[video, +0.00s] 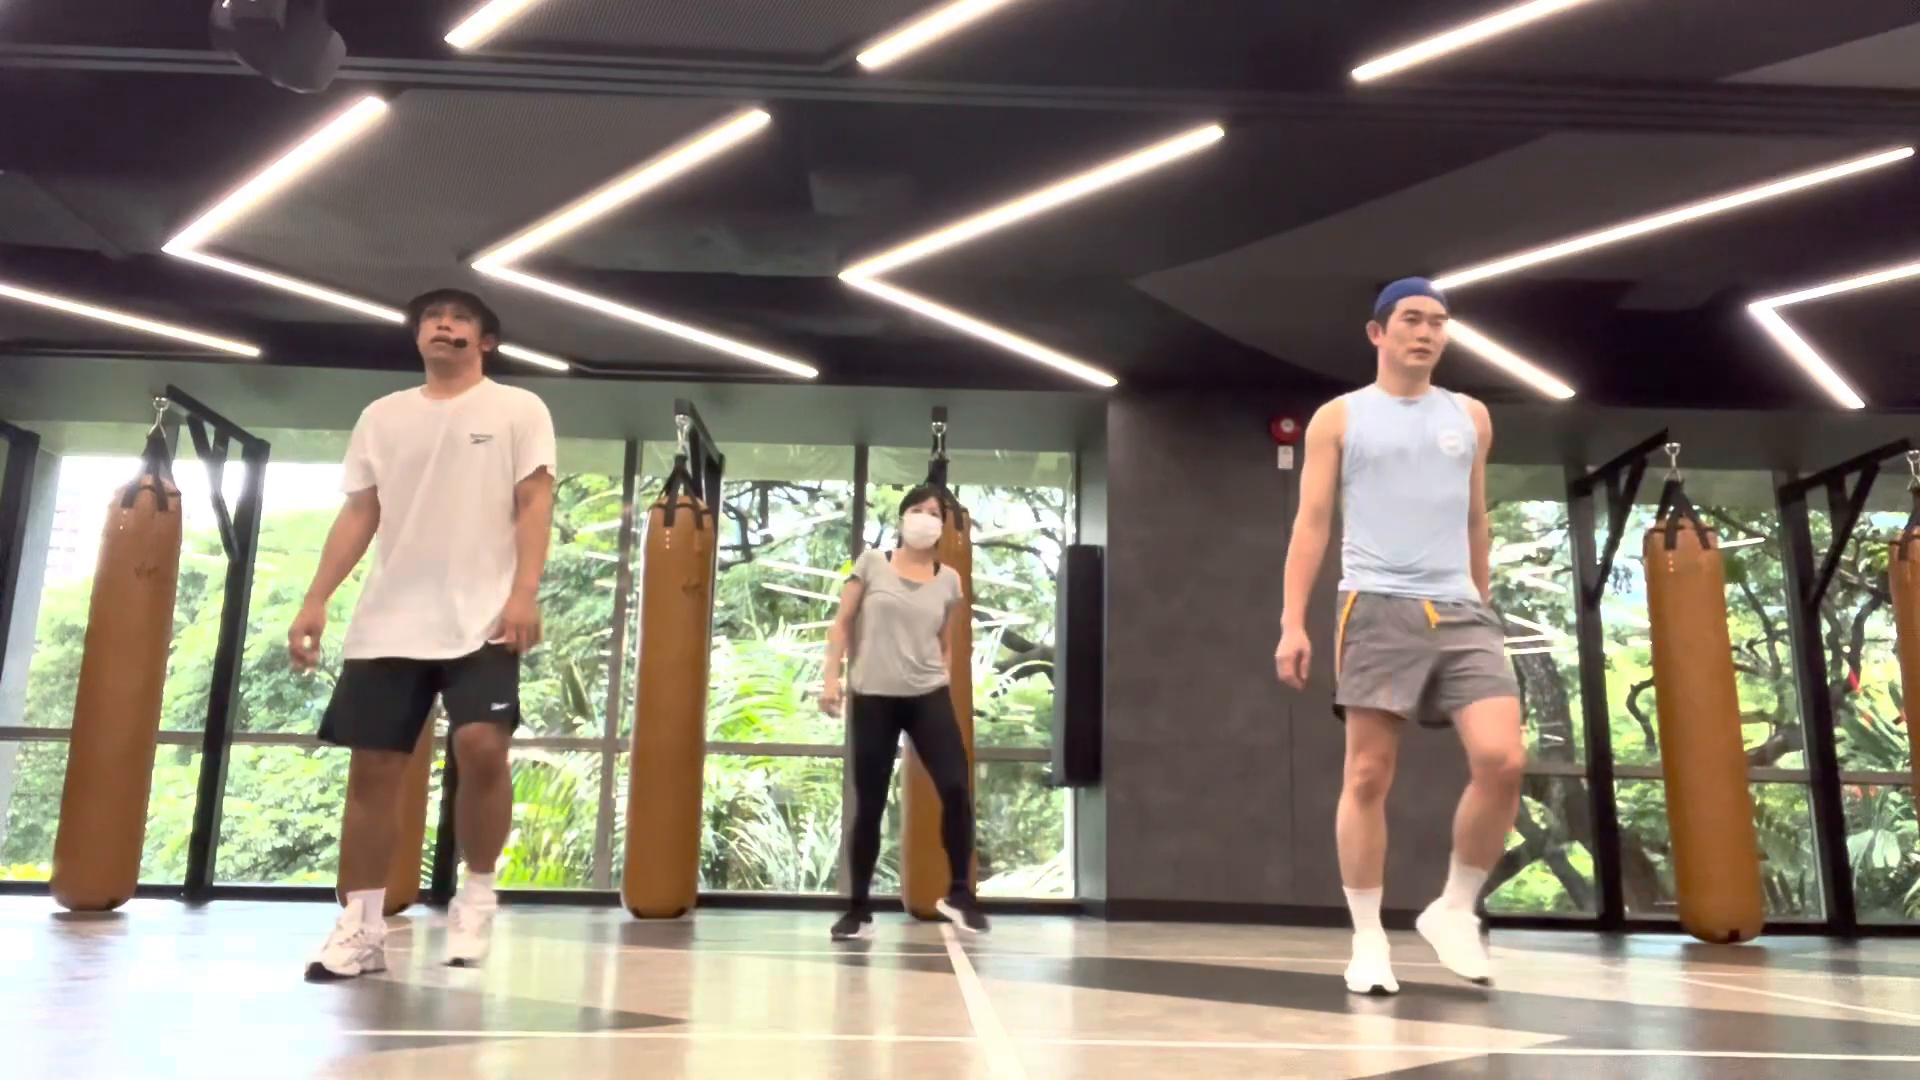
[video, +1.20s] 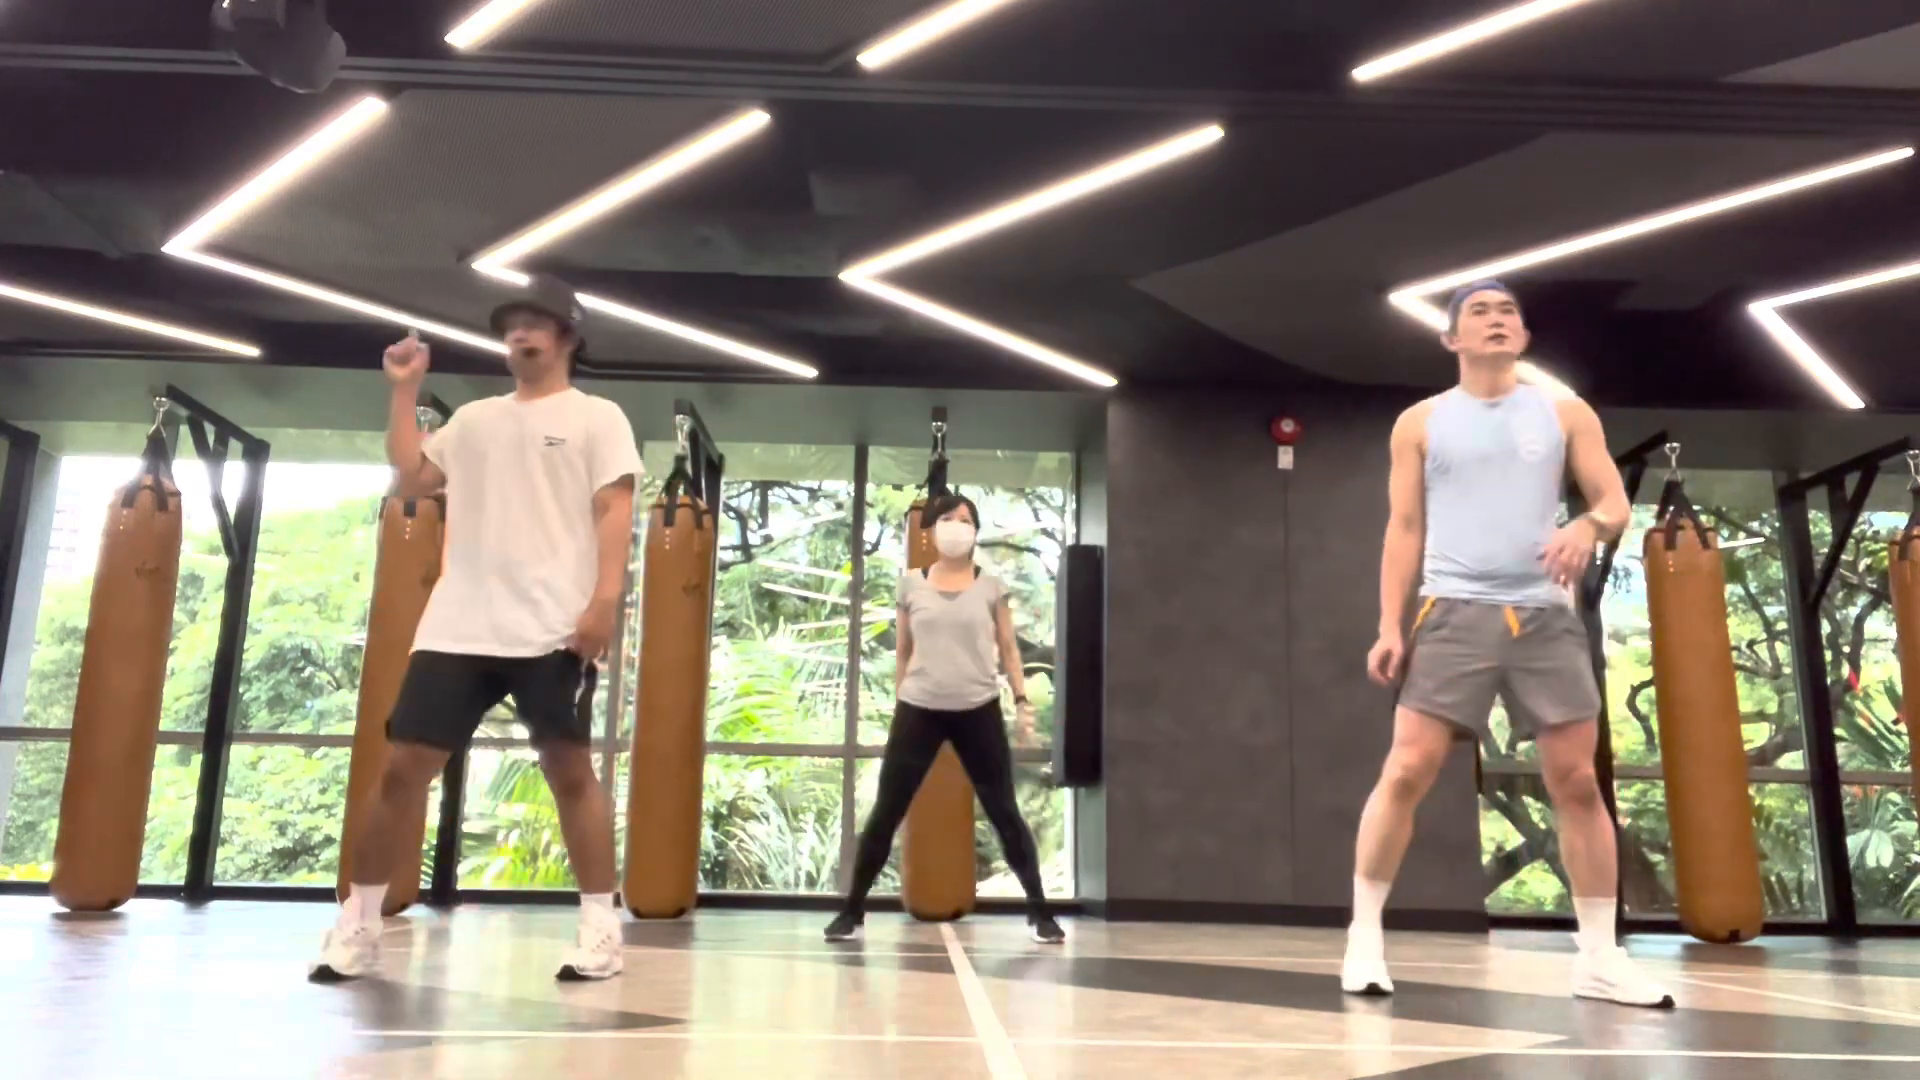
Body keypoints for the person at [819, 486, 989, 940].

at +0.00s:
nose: (926, 519)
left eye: (935, 515)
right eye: (918, 511)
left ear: (944, 530)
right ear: (901, 521)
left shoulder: (948, 580)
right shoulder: (872, 562)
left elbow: (943, 641)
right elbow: (841, 622)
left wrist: (944, 691)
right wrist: (831, 677)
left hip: (928, 697)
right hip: (873, 697)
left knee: (957, 789)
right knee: (867, 806)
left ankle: (960, 894)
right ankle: (858, 909)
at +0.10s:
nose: (937, 523)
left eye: (945, 518)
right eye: (927, 515)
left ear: (955, 532)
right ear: (910, 526)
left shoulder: (962, 585)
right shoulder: (882, 568)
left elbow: (960, 650)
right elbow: (854, 627)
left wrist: (963, 704)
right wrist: (846, 682)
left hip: (941, 702)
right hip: (884, 702)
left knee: (980, 795)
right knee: (876, 806)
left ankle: (1010, 892)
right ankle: (859, 906)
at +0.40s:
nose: (992, 523)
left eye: (1000, 518)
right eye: (983, 518)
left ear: (1010, 531)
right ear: (967, 531)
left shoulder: (1026, 586)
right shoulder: (948, 574)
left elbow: (1031, 650)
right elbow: (923, 642)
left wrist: (1032, 696)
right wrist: (907, 697)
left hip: (1012, 709)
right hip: (955, 707)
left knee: (1029, 812)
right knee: (918, 807)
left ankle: (1040, 912)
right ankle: (873, 900)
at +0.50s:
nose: (1007, 518)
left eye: (1013, 512)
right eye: (997, 512)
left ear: (1023, 526)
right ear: (980, 526)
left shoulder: (1040, 578)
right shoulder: (960, 570)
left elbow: (1055, 642)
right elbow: (941, 636)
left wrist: (1071, 699)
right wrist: (930, 695)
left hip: (1024, 705)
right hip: (967, 703)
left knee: (1034, 811)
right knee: (941, 802)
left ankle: (1040, 911)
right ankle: (911, 892)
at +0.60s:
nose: (1013, 519)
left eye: (1021, 513)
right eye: (1004, 513)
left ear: (1031, 525)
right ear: (988, 524)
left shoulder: (1048, 577)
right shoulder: (967, 571)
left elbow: (1073, 639)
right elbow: (951, 636)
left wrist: (1097, 692)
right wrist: (945, 694)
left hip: (1031, 701)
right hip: (976, 699)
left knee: (1035, 810)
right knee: (968, 803)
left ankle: (1040, 911)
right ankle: (955, 896)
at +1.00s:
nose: (993, 519)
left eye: (1000, 512)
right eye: (984, 512)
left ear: (1011, 523)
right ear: (970, 524)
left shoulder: (1032, 571)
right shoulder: (952, 576)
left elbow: (1054, 628)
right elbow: (943, 641)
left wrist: (1067, 677)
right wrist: (943, 695)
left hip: (1021, 701)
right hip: (963, 699)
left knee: (1027, 806)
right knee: (921, 795)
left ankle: (1042, 911)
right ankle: (900, 888)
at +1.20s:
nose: (961, 527)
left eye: (967, 521)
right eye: (951, 520)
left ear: (977, 534)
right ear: (931, 533)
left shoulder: (991, 585)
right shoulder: (911, 583)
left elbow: (1009, 647)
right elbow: (903, 651)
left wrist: (1022, 702)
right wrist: (902, 702)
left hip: (978, 709)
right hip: (919, 709)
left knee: (1004, 811)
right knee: (886, 811)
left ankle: (1039, 910)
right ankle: (852, 910)